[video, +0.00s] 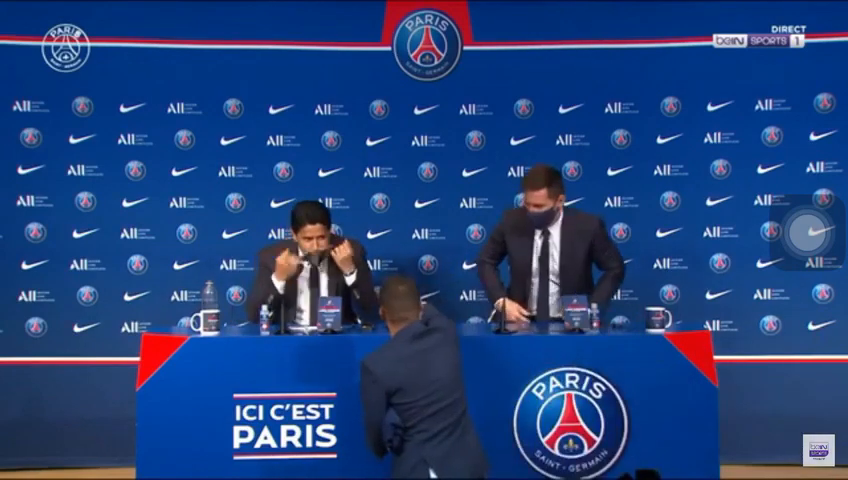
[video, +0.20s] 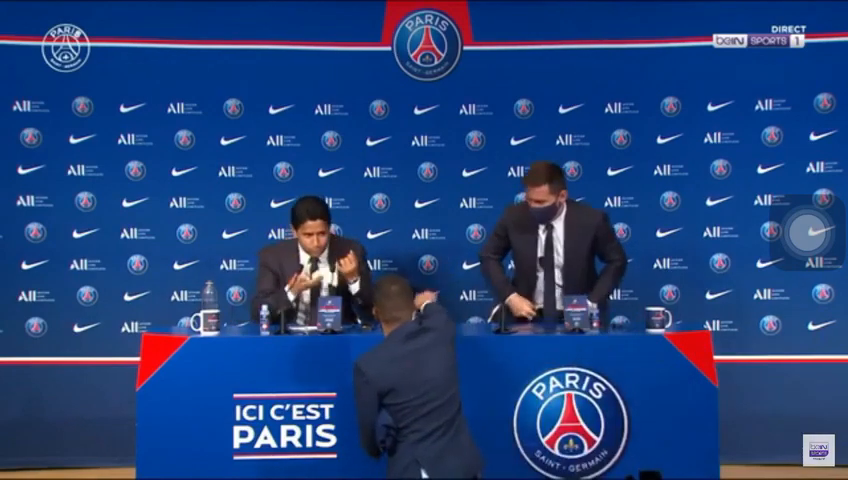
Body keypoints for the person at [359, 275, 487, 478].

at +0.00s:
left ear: (382, 313)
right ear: (420, 307)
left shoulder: (376, 365)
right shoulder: (446, 333)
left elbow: (377, 436)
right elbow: (428, 310)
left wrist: (381, 449)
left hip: (417, 464)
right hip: (466, 458)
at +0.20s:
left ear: (376, 313)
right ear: (414, 306)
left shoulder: (369, 366)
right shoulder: (441, 332)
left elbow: (372, 442)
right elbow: (436, 314)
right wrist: (427, 303)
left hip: (411, 466)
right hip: (461, 461)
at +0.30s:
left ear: (375, 312)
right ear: (414, 304)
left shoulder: (367, 366)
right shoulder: (442, 331)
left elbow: (370, 442)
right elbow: (462, 324)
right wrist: (430, 304)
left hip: (408, 465)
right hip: (459, 459)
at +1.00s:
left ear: (378, 309)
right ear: (416, 302)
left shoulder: (365, 361)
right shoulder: (444, 331)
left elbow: (365, 433)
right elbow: (470, 334)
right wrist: (427, 317)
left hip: (403, 462)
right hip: (454, 458)